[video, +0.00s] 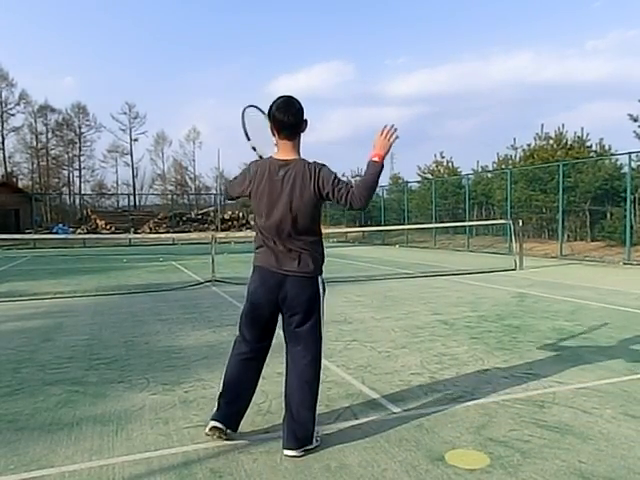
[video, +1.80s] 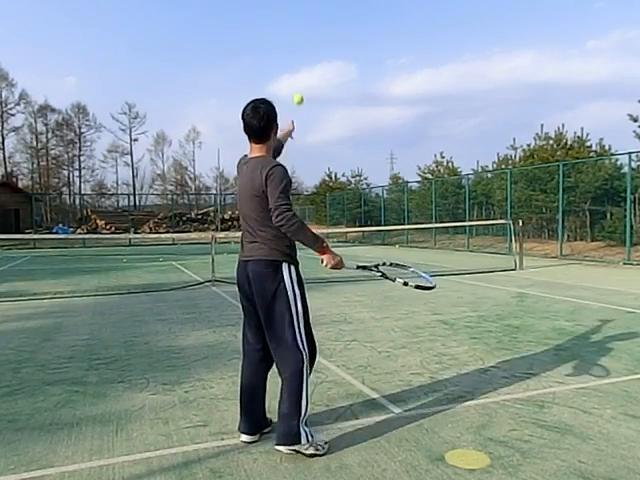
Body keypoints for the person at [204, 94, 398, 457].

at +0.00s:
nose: (279, 130)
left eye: (273, 125)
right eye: (301, 123)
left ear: (272, 129)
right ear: (304, 128)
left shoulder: (257, 172)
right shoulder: (315, 174)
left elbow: (230, 191)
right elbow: (357, 199)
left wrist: (255, 171)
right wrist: (377, 158)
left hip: (263, 277)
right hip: (302, 280)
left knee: (249, 345)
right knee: (302, 356)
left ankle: (224, 420)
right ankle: (297, 440)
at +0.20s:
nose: (268, 128)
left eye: (267, 123)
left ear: (270, 126)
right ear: (301, 126)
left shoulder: (267, 174)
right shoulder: (316, 165)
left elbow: (233, 217)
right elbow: (331, 171)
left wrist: (236, 217)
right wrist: (346, 141)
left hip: (271, 269)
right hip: (310, 270)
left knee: (251, 337)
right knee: (304, 348)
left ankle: (237, 412)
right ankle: (301, 433)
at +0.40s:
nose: (261, 128)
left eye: (263, 122)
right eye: (265, 122)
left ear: (266, 126)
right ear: (294, 130)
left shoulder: (277, 167)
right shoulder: (296, 163)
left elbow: (284, 211)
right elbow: (257, 178)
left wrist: (254, 224)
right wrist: (225, 189)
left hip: (274, 266)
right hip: (307, 264)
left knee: (261, 334)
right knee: (304, 338)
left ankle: (264, 408)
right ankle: (305, 422)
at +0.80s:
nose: (245, 143)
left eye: (245, 137)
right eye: (247, 137)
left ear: (250, 137)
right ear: (276, 141)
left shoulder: (267, 170)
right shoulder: (274, 174)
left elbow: (293, 198)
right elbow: (281, 222)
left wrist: (261, 223)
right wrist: (249, 241)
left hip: (272, 271)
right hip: (300, 268)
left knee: (263, 345)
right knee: (297, 343)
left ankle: (269, 413)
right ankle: (323, 407)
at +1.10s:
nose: (263, 142)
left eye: (263, 137)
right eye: (268, 137)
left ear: (267, 139)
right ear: (294, 141)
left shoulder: (261, 171)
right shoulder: (310, 179)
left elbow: (241, 203)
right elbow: (321, 225)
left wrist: (228, 229)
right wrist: (295, 239)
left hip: (274, 269)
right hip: (310, 269)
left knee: (264, 342)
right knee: (308, 341)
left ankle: (267, 416)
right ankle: (309, 418)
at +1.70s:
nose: (280, 133)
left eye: (278, 128)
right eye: (280, 128)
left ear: (247, 132)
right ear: (277, 131)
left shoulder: (242, 174)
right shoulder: (276, 170)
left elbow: (250, 220)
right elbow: (289, 216)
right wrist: (328, 246)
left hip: (247, 268)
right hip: (277, 267)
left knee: (255, 346)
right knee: (297, 345)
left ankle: (251, 424)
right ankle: (302, 426)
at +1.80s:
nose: (277, 131)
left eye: (276, 125)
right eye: (276, 125)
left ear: (244, 132)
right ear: (272, 130)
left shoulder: (243, 168)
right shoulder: (274, 170)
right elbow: (282, 216)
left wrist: (281, 138)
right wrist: (323, 247)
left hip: (247, 268)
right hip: (276, 268)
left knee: (256, 349)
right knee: (298, 350)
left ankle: (250, 425)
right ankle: (292, 434)